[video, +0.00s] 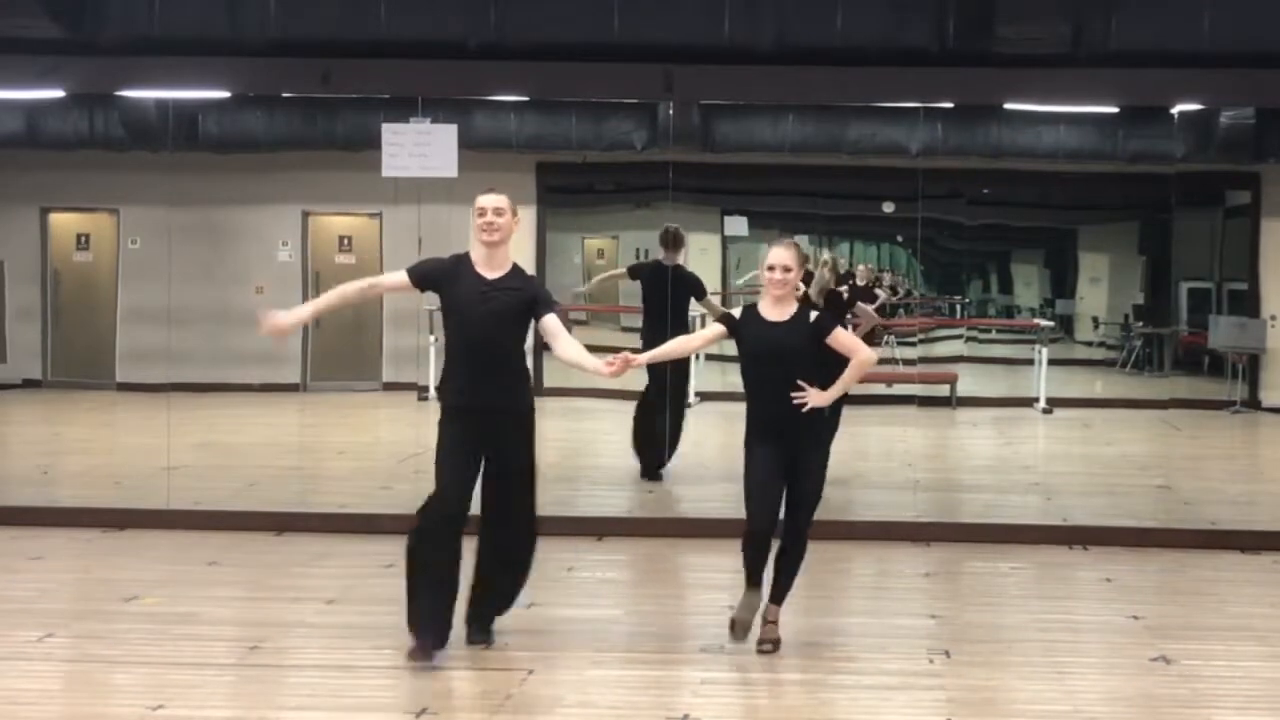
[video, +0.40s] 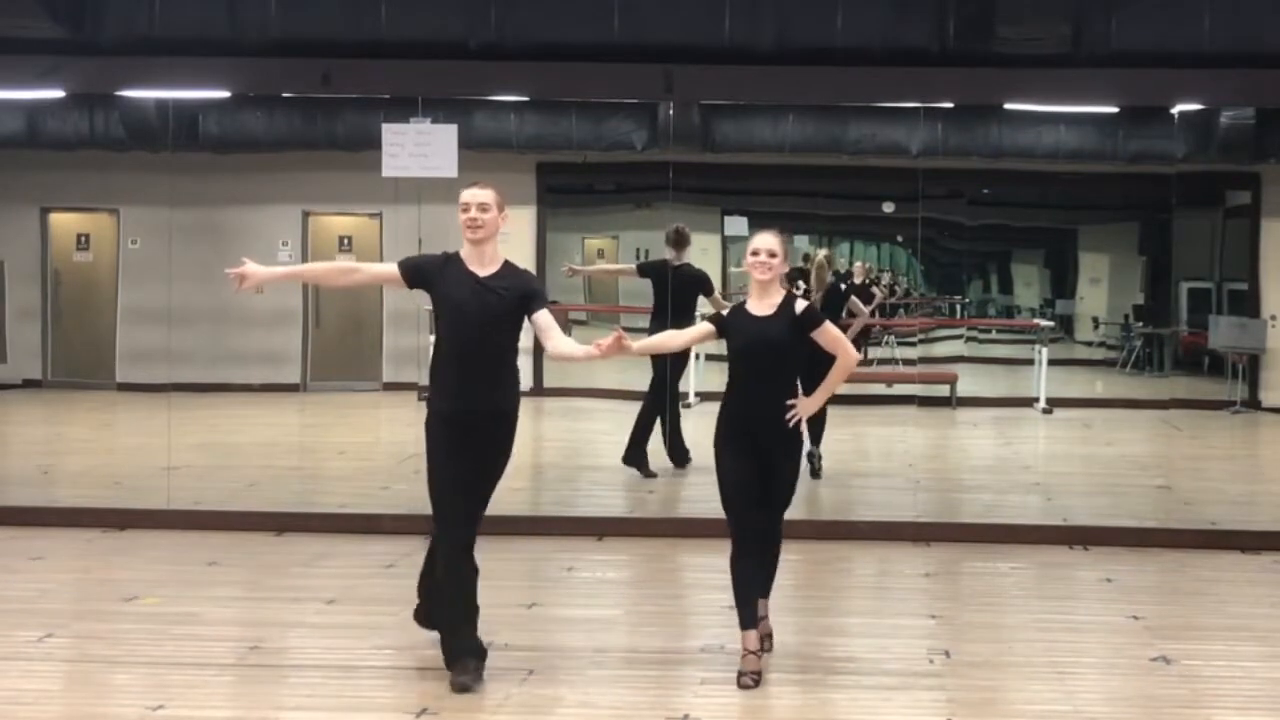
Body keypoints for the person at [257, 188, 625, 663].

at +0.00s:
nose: (489, 219)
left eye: (498, 213)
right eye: (482, 213)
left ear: (515, 223)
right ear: (472, 223)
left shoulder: (529, 287)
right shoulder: (446, 270)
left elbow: (562, 341)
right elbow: (365, 288)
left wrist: (596, 365)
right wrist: (298, 315)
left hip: (513, 415)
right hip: (461, 411)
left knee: (509, 518)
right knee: (447, 510)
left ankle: (483, 615)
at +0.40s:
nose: (473, 215)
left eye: (483, 208)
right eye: (466, 208)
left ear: (503, 219)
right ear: (458, 218)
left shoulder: (523, 282)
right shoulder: (435, 268)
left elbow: (556, 343)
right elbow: (351, 273)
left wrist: (593, 350)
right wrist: (271, 273)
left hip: (498, 416)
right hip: (447, 414)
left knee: (463, 522)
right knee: (455, 527)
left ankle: (433, 604)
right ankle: (463, 651)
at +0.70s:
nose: (465, 244)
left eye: (474, 235)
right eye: (457, 235)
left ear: (493, 242)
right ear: (449, 242)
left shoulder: (517, 305)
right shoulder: (429, 297)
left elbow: (554, 369)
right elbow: (339, 295)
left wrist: (588, 365)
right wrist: (259, 283)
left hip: (480, 447)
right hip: (427, 445)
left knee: (471, 554)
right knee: (426, 555)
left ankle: (526, 513)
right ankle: (464, 655)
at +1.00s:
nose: (467, 212)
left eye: (477, 204)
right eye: (460, 204)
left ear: (494, 213)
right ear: (449, 212)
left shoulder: (513, 279)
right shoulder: (424, 265)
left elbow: (545, 337)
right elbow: (337, 261)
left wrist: (578, 365)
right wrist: (251, 256)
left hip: (491, 408)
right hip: (435, 410)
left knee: (457, 473)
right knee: (453, 535)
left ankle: (390, 557)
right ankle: (465, 659)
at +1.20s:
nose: (467, 206)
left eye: (477, 198)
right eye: (459, 198)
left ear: (494, 207)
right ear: (448, 206)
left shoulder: (514, 274)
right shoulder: (422, 259)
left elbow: (551, 332)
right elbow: (332, 257)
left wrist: (585, 356)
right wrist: (251, 247)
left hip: (493, 397)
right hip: (439, 401)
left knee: (474, 457)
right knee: (456, 525)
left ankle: (427, 525)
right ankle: (468, 657)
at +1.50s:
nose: (465, 208)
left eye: (475, 200)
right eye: (458, 200)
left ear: (493, 210)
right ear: (448, 209)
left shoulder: (514, 275)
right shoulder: (424, 266)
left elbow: (562, 327)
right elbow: (347, 285)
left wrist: (601, 360)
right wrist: (330, 263)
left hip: (494, 405)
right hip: (440, 410)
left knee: (480, 470)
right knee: (458, 532)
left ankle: (423, 522)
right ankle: (474, 656)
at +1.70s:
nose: (469, 219)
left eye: (479, 212)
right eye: (461, 211)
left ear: (497, 221)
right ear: (450, 220)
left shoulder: (518, 280)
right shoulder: (431, 283)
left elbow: (575, 329)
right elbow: (426, 354)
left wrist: (606, 362)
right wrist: (374, 341)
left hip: (484, 410)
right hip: (436, 408)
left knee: (450, 514)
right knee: (439, 524)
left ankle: (449, 645)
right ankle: (472, 655)